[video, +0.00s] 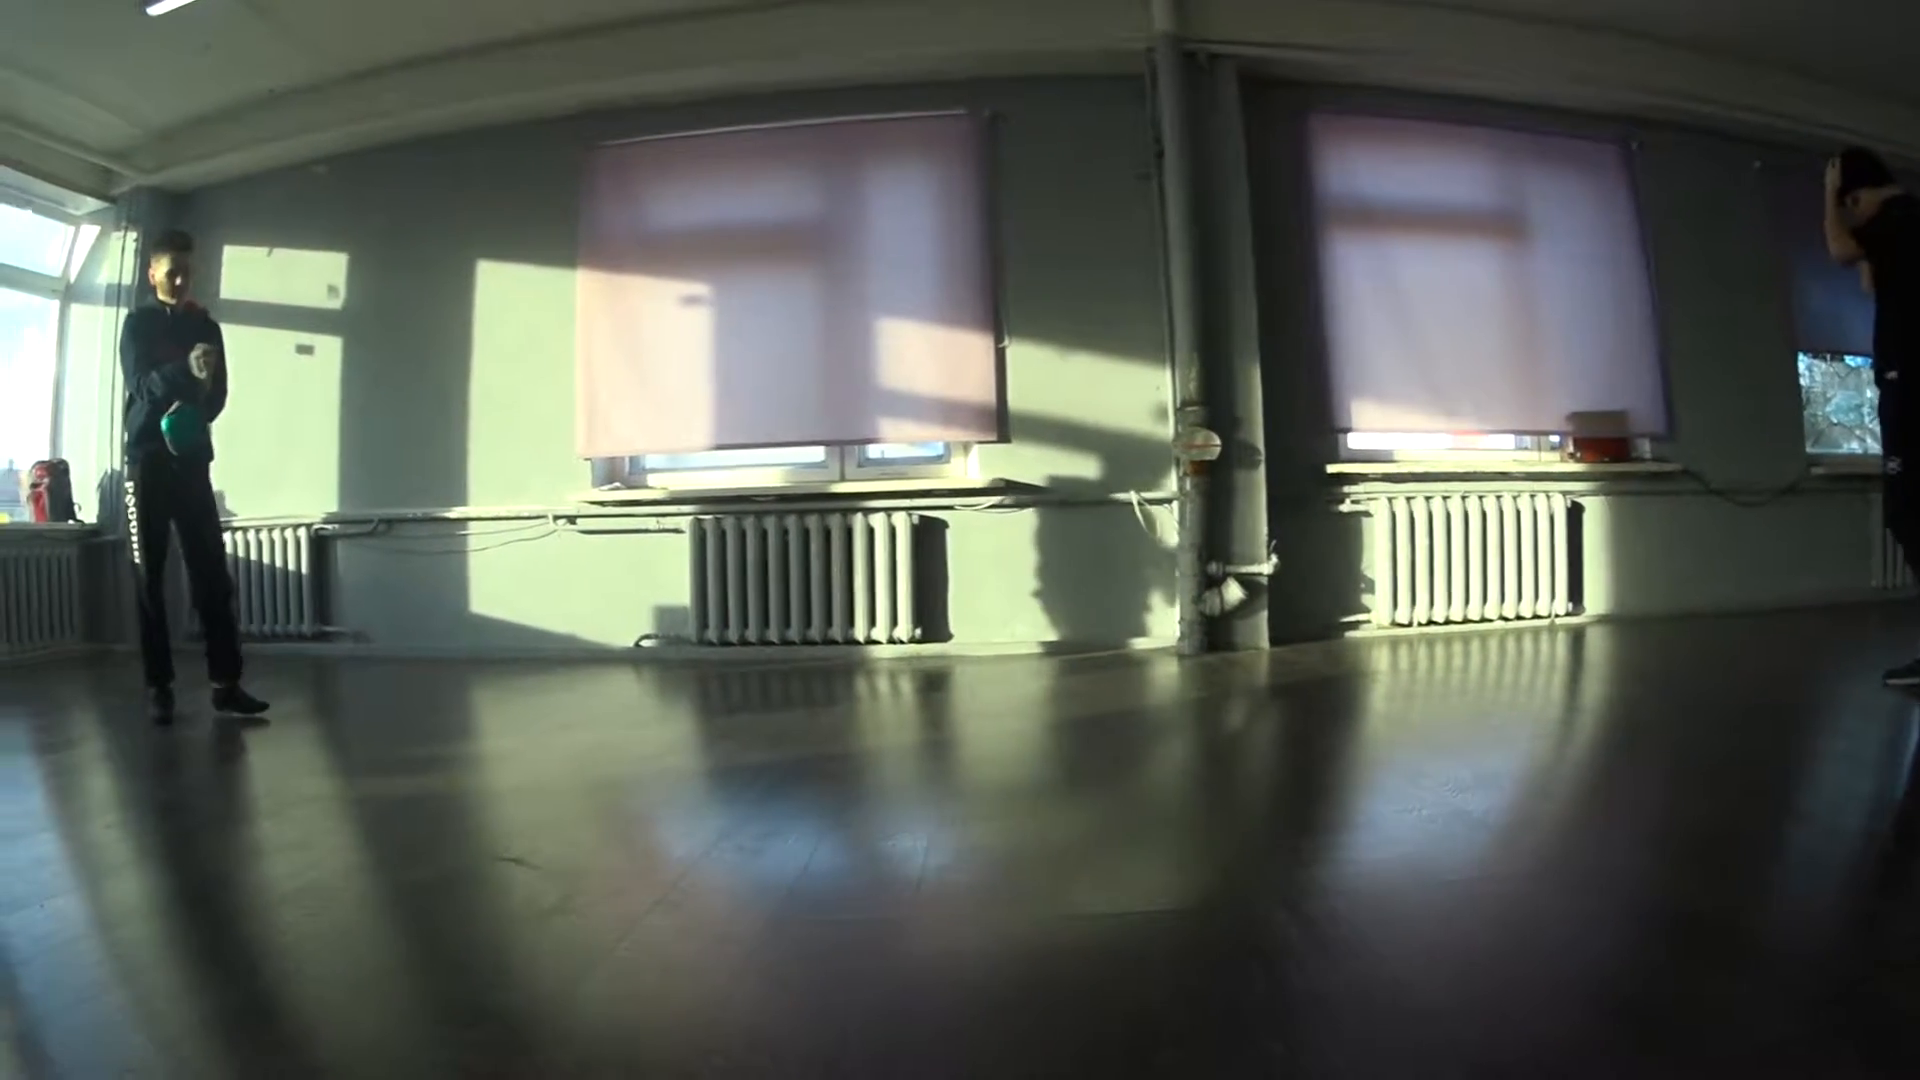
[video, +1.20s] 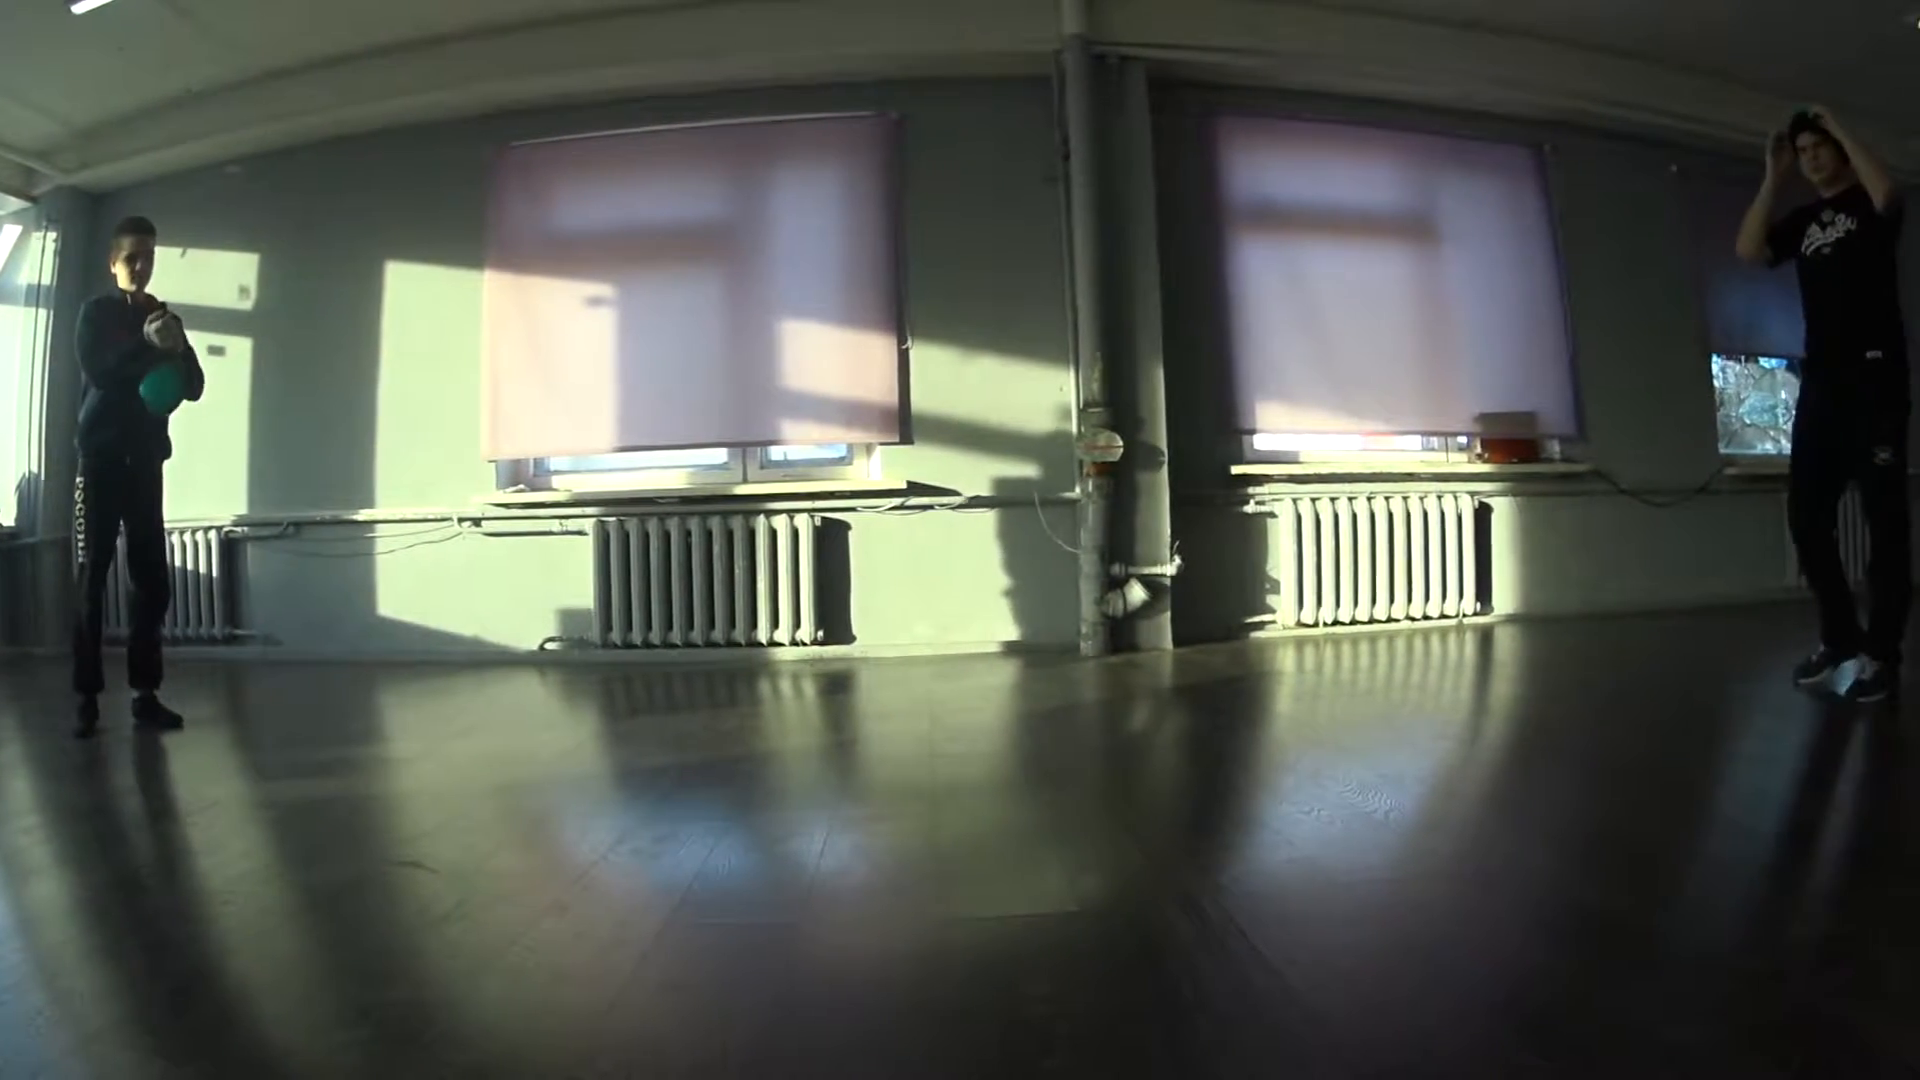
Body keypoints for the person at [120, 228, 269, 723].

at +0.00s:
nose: (179, 280)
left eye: (185, 271)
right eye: (170, 272)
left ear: (194, 273)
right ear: (149, 274)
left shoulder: (205, 325)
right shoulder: (138, 323)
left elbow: (216, 395)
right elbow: (143, 387)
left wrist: (196, 415)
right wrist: (189, 366)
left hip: (194, 458)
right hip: (148, 460)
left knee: (212, 572)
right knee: (152, 574)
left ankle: (226, 685)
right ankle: (160, 688)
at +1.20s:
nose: (140, 266)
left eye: (147, 258)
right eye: (131, 258)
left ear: (154, 260)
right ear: (112, 261)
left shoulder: (163, 318)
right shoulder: (97, 310)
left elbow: (194, 387)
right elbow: (99, 371)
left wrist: (175, 344)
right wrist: (148, 342)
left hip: (146, 457)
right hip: (99, 456)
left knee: (152, 575)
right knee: (93, 572)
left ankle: (146, 696)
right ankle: (87, 699)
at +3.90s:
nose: (122, 256)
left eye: (128, 247)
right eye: (113, 247)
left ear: (134, 252)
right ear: (90, 252)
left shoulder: (137, 317)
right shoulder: (65, 311)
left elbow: (152, 395)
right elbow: (41, 390)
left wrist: (149, 396)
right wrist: (90, 390)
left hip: (122, 458)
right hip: (77, 458)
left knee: (131, 577)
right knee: (72, 577)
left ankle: (125, 696)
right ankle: (66, 700)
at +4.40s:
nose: (118, 261)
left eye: (124, 253)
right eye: (110, 252)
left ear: (131, 257)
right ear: (87, 252)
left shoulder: (131, 318)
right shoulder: (63, 310)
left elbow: (147, 400)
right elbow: (41, 391)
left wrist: (139, 396)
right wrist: (86, 377)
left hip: (119, 454)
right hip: (75, 453)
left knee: (127, 575)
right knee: (69, 574)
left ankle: (124, 696)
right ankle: (64, 699)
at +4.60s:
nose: (117, 262)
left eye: (122, 253)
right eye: (108, 252)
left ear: (128, 256)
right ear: (86, 253)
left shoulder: (131, 317)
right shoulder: (60, 311)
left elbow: (143, 397)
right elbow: (37, 392)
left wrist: (142, 386)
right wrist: (82, 384)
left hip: (119, 457)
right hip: (73, 458)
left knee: (128, 579)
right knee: (69, 577)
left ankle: (122, 696)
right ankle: (63, 700)